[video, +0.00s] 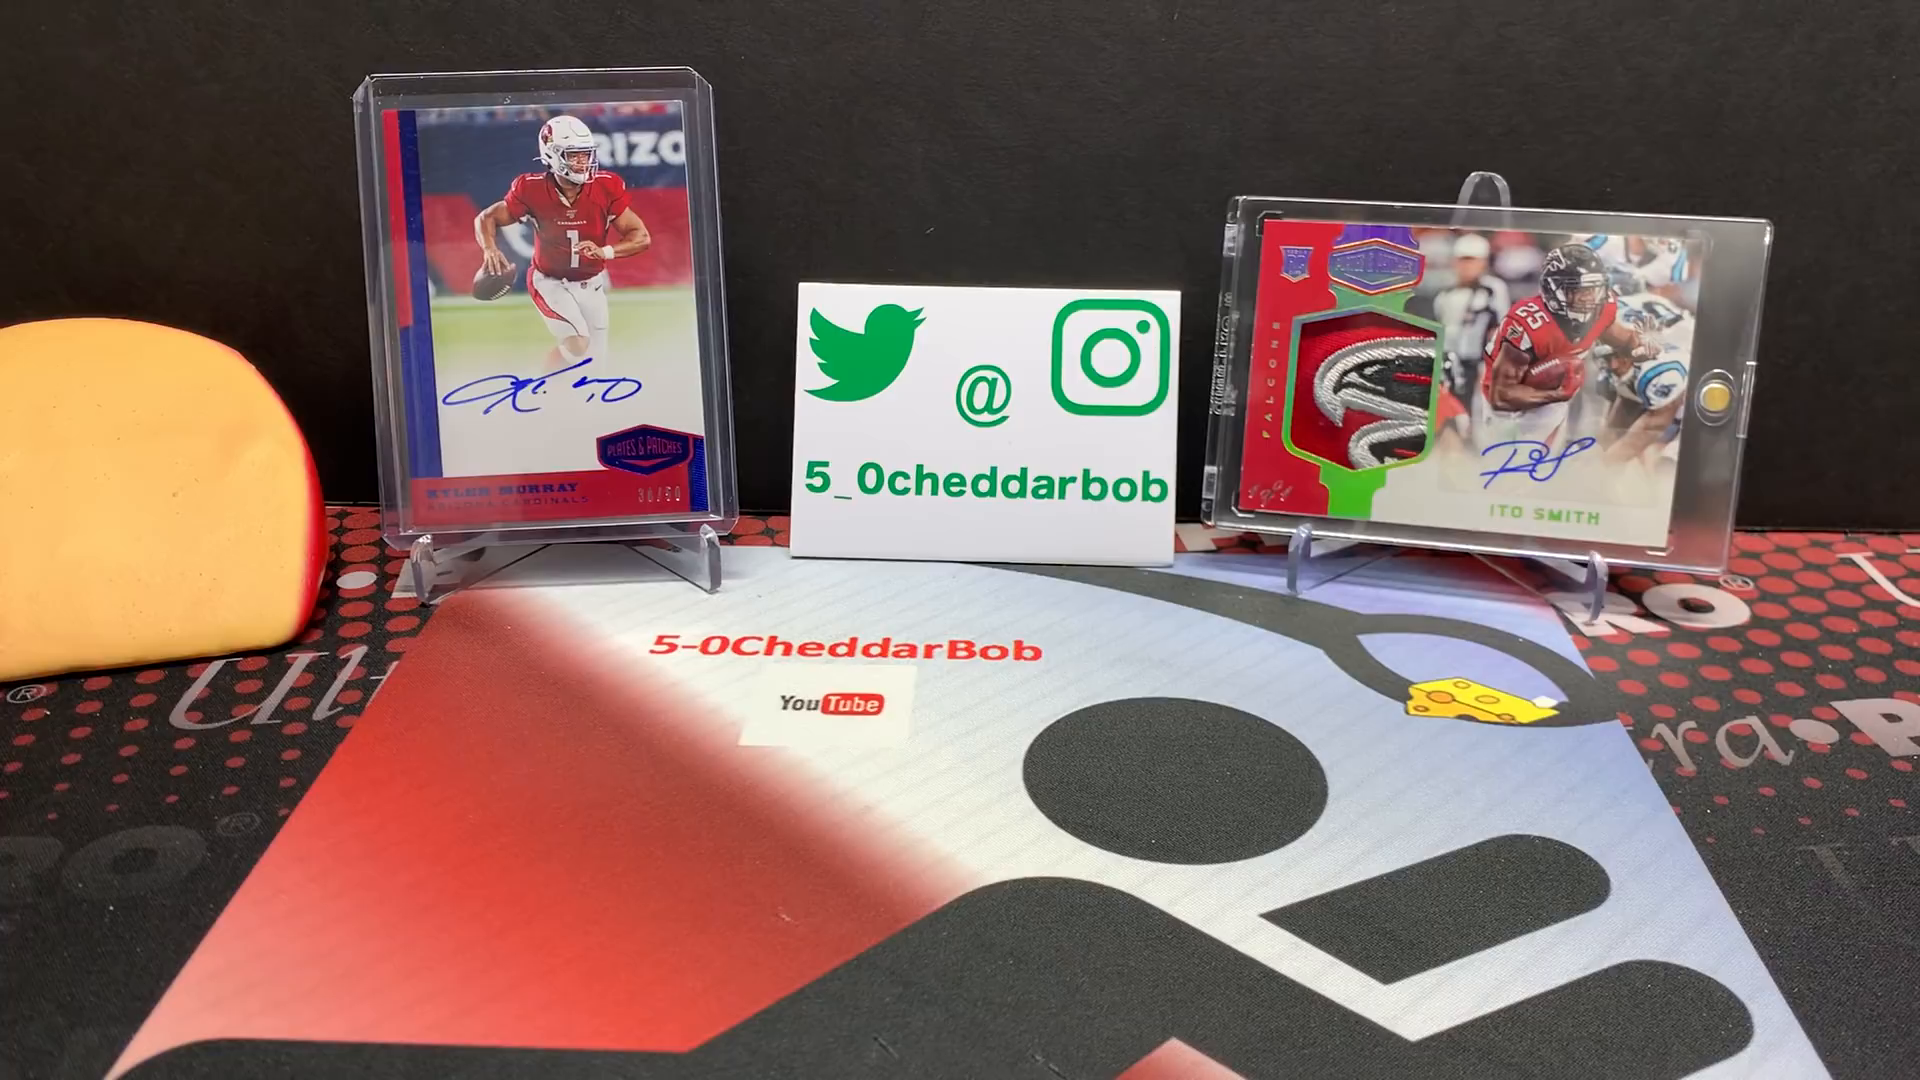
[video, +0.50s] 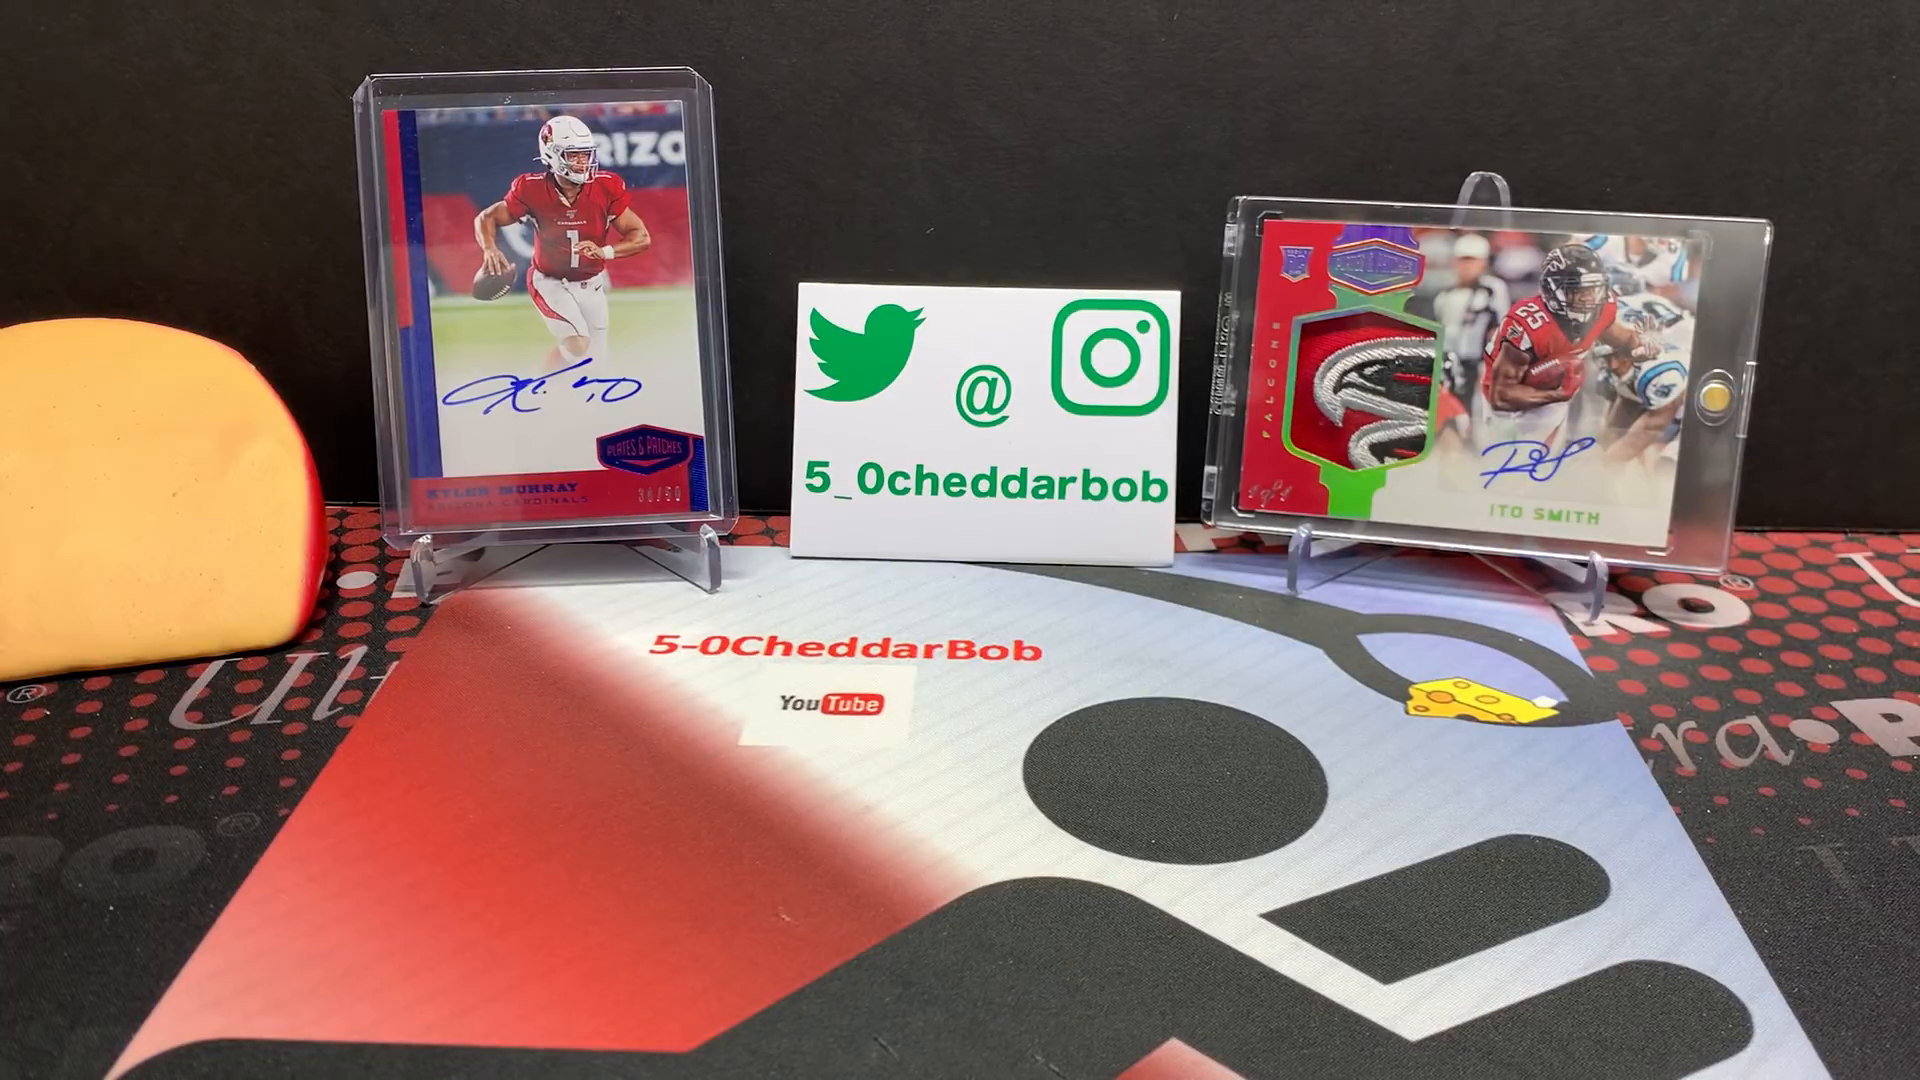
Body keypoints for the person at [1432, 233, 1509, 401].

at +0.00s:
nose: (1467, 266)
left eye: (1472, 259)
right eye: (1463, 259)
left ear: (1484, 262)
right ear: (1456, 262)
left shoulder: (1495, 288)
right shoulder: (1443, 297)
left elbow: (1502, 328)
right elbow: (1441, 332)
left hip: (1482, 365)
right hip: (1451, 365)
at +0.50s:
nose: (1467, 266)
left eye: (1472, 259)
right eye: (1463, 259)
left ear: (1484, 262)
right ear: (1455, 261)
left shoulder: (1495, 288)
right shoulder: (1443, 297)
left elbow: (1502, 328)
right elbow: (1441, 332)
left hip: (1482, 365)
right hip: (1451, 364)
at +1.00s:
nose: (1467, 266)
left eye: (1473, 260)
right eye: (1463, 259)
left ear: (1484, 262)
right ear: (1456, 262)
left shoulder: (1495, 288)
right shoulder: (1443, 297)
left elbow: (1502, 328)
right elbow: (1441, 332)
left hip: (1482, 365)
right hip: (1450, 365)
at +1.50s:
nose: (1467, 266)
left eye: (1472, 259)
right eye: (1463, 259)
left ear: (1484, 262)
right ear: (1456, 262)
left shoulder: (1495, 288)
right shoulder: (1443, 297)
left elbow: (1502, 328)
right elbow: (1441, 332)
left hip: (1482, 365)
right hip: (1451, 364)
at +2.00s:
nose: (1467, 266)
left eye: (1473, 259)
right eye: (1463, 259)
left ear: (1484, 261)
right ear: (1456, 262)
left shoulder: (1495, 288)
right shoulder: (1443, 297)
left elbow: (1503, 328)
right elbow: (1441, 332)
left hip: (1482, 365)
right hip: (1450, 365)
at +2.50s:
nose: (1467, 265)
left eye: (1473, 259)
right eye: (1463, 259)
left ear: (1484, 261)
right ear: (1455, 261)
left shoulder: (1495, 288)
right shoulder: (1443, 297)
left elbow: (1502, 328)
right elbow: (1440, 333)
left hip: (1482, 366)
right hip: (1450, 366)